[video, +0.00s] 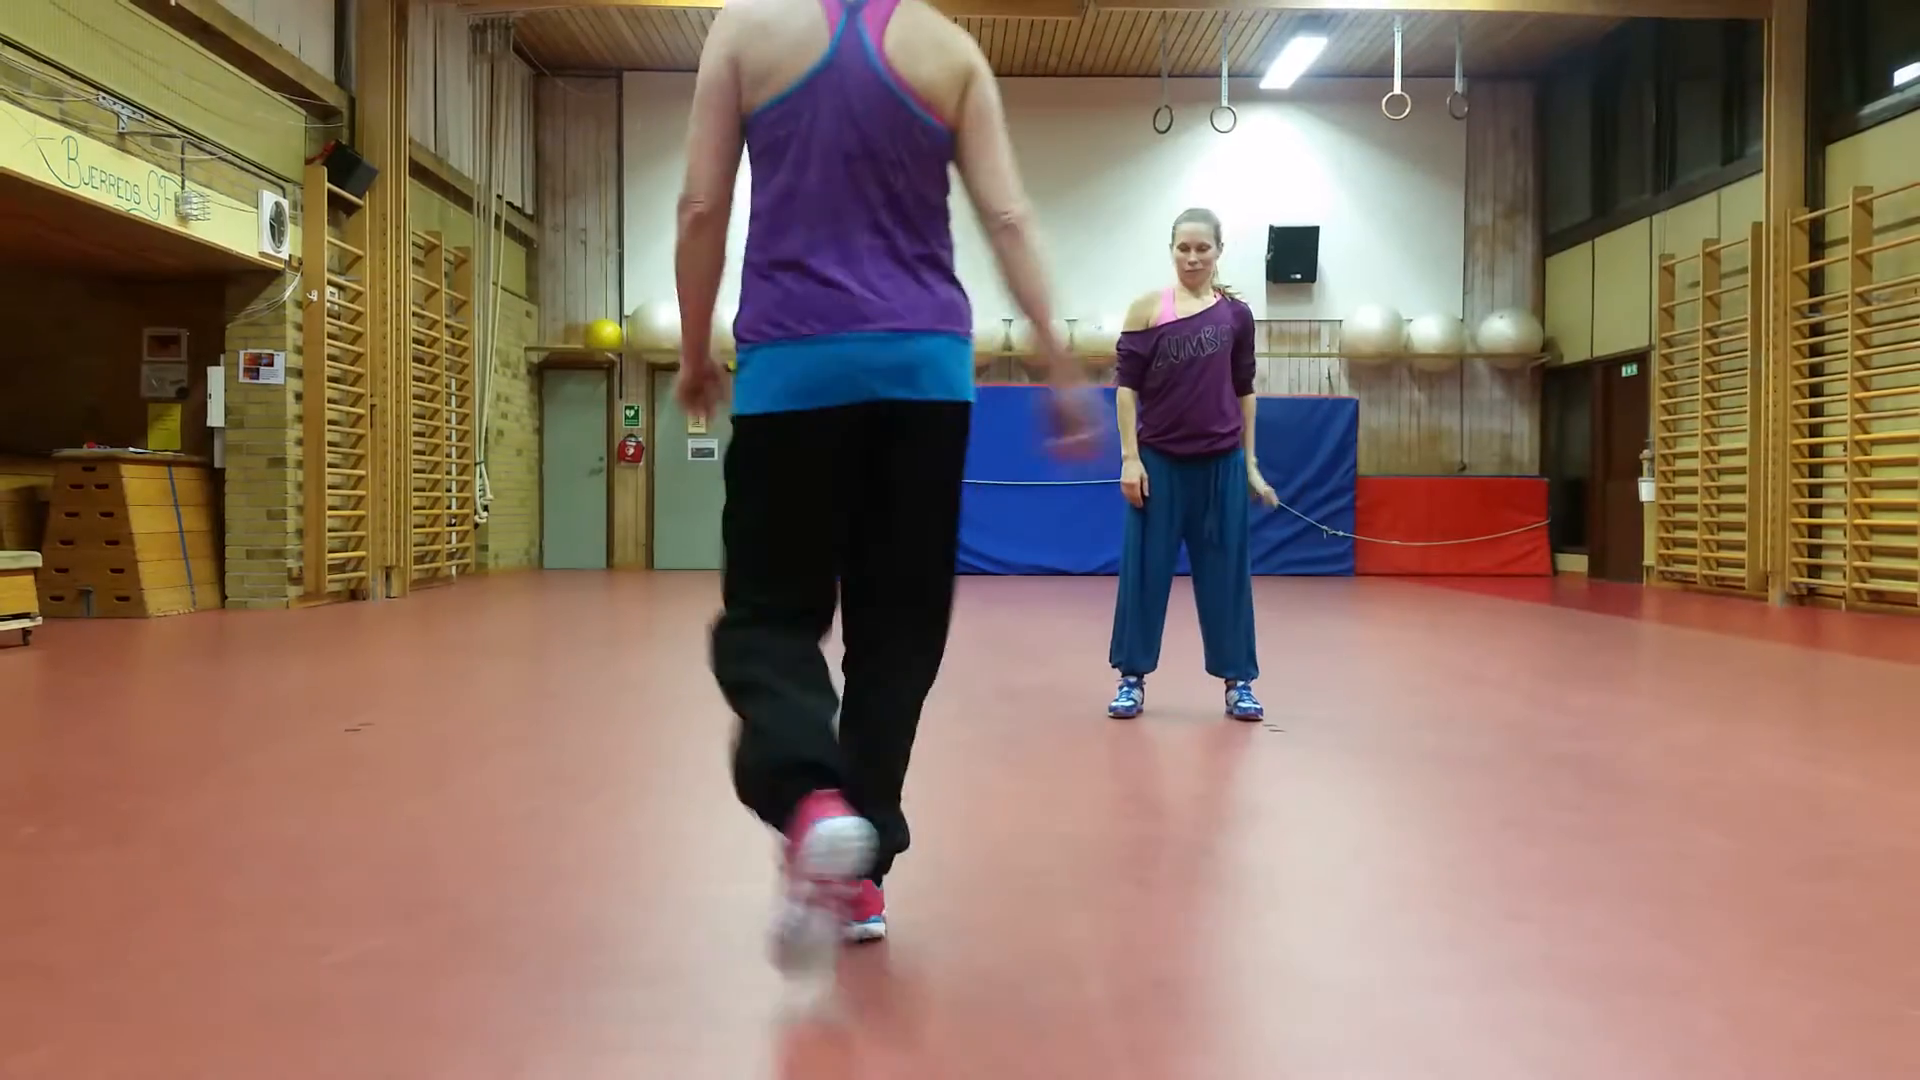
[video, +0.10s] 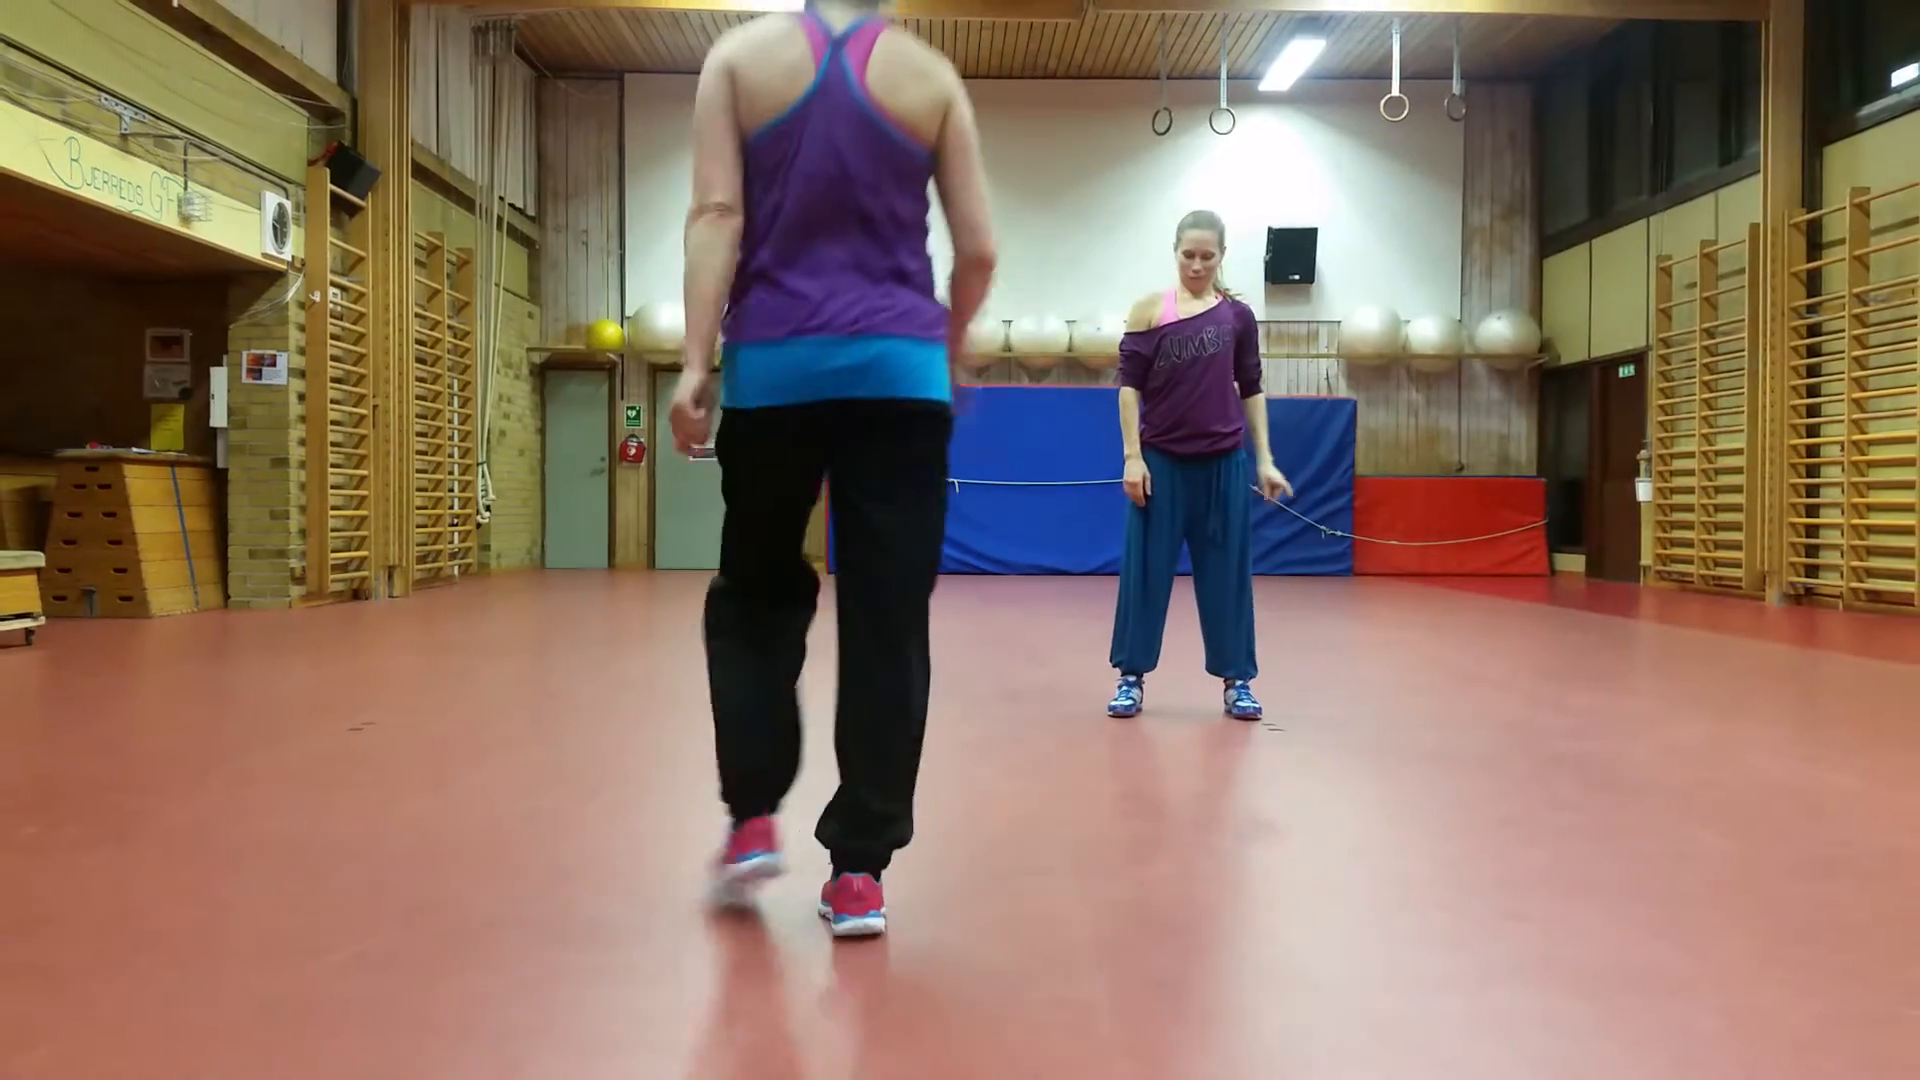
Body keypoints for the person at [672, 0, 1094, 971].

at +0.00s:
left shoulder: (745, 27)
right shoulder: (951, 45)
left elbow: (703, 207)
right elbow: (1006, 215)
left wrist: (696, 355)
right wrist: (1058, 364)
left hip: (794, 377)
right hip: (927, 377)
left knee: (769, 614)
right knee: (897, 634)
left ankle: (815, 806)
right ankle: (860, 876)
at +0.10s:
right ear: (887, 1)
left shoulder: (737, 56)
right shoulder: (933, 72)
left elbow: (718, 211)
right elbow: (977, 248)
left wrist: (697, 364)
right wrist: (951, 344)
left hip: (775, 378)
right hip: (903, 379)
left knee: (756, 589)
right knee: (888, 621)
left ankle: (754, 815)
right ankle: (861, 869)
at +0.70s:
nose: (865, 137)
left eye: (861, 124)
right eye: (862, 126)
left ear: (787, 130)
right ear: (848, 132)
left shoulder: (747, 202)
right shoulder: (876, 211)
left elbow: (737, 300)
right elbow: (888, 299)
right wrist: (919, 382)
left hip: (755, 431)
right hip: (846, 438)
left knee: (743, 583)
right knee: (840, 581)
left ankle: (727, 756)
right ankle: (823, 738)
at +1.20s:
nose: (854, 197)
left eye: (864, 189)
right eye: (841, 187)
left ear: (876, 205)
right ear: (818, 200)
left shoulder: (876, 279)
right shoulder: (794, 270)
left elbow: (862, 363)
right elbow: (789, 368)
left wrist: (904, 382)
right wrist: (872, 342)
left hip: (868, 447)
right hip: (809, 445)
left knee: (865, 566)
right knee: (849, 559)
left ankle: (834, 695)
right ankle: (813, 717)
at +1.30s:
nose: (844, 193)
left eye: (856, 185)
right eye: (833, 182)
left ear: (868, 199)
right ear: (811, 191)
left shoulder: (879, 270)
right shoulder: (783, 266)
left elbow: (894, 354)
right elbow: (764, 362)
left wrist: (918, 362)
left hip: (873, 443)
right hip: (811, 441)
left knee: (866, 569)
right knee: (827, 563)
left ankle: (843, 693)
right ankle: (808, 707)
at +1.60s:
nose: (817, 186)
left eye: (829, 178)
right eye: (805, 177)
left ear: (846, 192)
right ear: (788, 189)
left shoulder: (866, 255)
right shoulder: (762, 264)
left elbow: (912, 305)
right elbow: (714, 347)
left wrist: (873, 221)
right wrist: (657, 412)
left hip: (855, 441)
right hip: (785, 441)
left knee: (847, 571)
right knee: (777, 567)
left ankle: (837, 691)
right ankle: (766, 692)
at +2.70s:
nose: (836, 177)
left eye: (847, 169)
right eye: (824, 169)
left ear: (865, 184)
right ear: (808, 187)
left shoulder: (893, 250)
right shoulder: (789, 260)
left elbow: (942, 306)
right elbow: (758, 343)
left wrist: (912, 234)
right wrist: (737, 397)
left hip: (879, 432)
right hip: (805, 433)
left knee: (890, 550)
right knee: (812, 568)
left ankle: (880, 674)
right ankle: (821, 697)